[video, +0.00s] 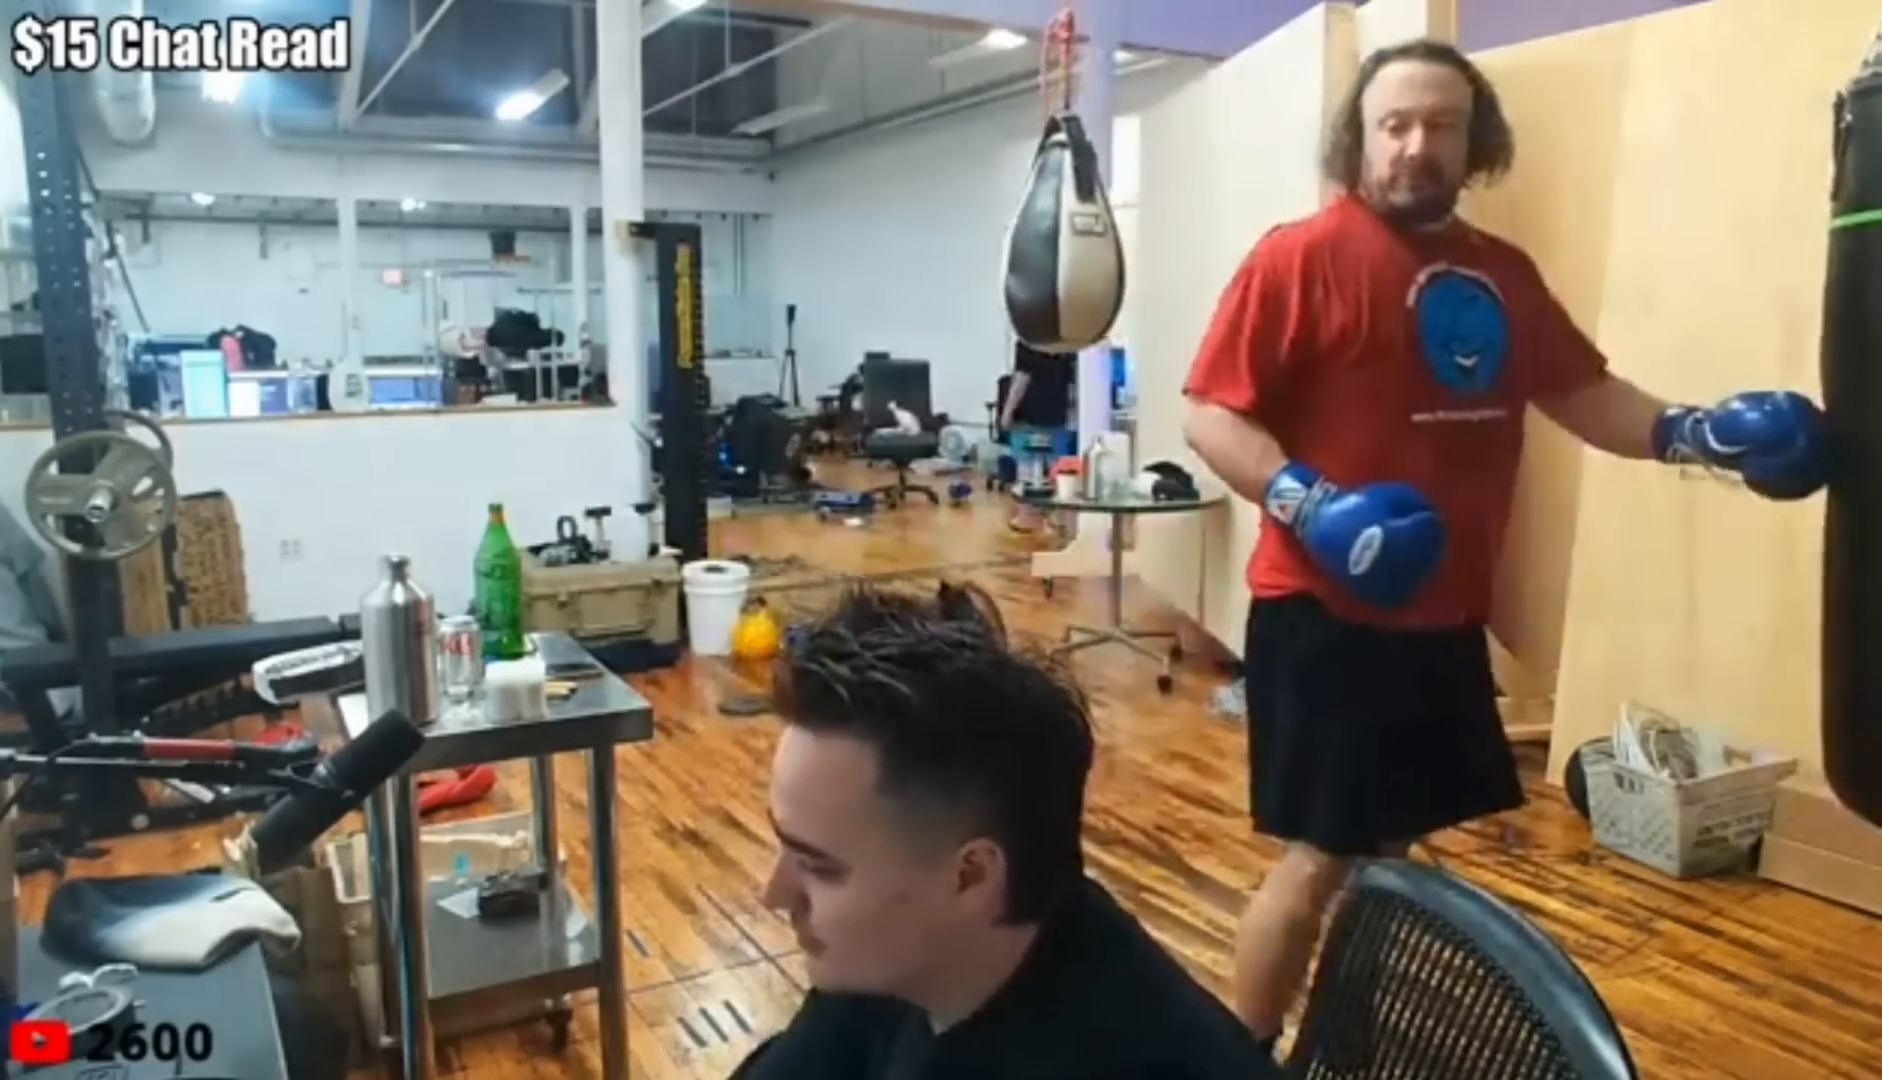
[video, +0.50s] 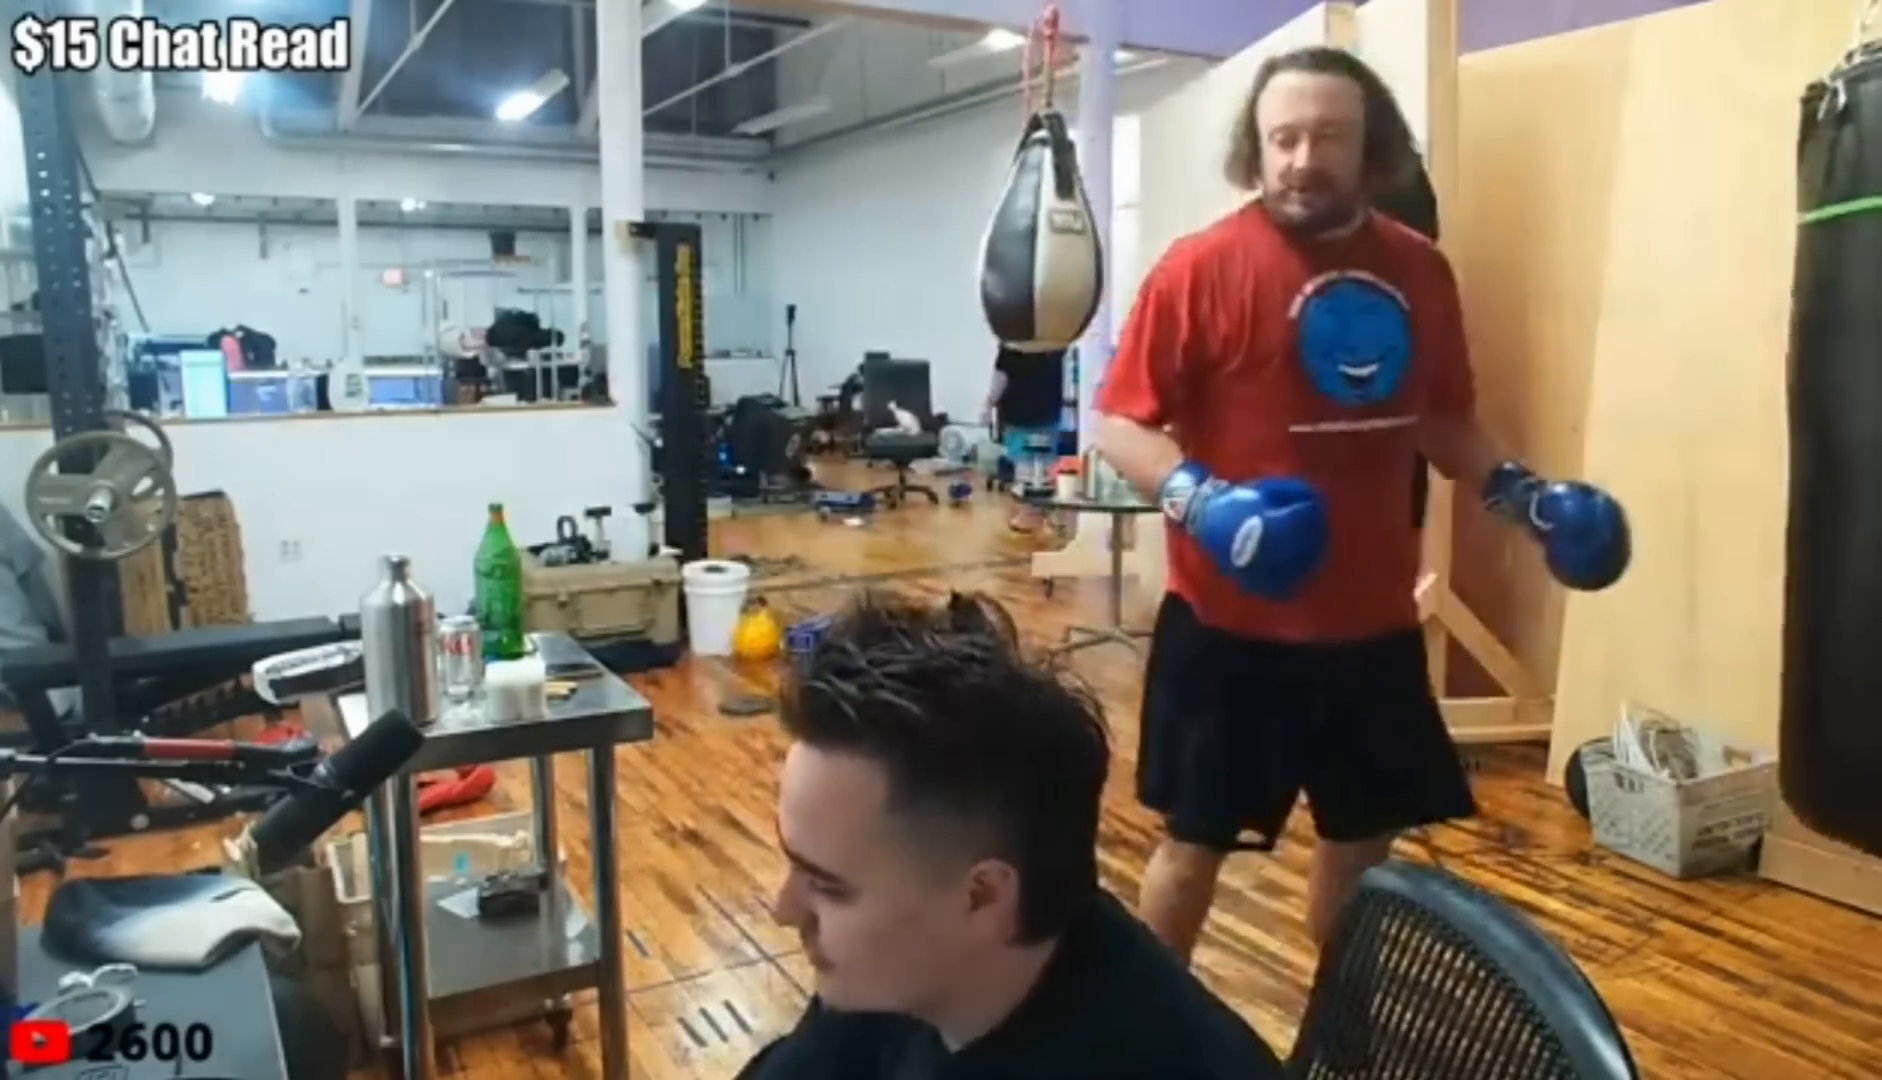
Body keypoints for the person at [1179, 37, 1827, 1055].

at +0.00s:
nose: (1415, 147)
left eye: (1441, 126)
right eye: (1394, 126)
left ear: (1474, 146)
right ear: (1357, 139)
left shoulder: (1500, 274)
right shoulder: (1295, 261)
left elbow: (1585, 394)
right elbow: (1209, 414)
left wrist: (1700, 431)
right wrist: (1307, 505)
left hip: (1442, 621)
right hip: (1320, 616)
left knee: (1386, 858)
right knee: (1314, 862)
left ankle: (1341, 1049)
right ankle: (1243, 1053)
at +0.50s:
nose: (1304, 159)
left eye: (1328, 136)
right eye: (1282, 138)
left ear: (1373, 151)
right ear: (1256, 151)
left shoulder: (1419, 271)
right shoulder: (1199, 270)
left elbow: (1445, 425)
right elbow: (1117, 426)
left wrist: (1532, 498)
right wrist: (1202, 502)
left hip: (1368, 629)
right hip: (1228, 628)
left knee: (1359, 856)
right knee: (1190, 858)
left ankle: (1341, 1052)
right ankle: (1137, 1046)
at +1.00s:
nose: (1261, 176)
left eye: (1278, 153)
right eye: (1236, 156)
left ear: (1299, 154)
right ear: (1185, 162)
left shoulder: (1350, 255)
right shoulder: (1127, 282)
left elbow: (1422, 385)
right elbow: (1050, 431)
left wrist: (1538, 434)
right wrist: (1115, 512)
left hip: (1339, 620)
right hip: (1190, 630)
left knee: (1375, 842)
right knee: (1167, 863)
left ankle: (1377, 1044)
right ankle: (1139, 1054)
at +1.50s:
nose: (1432, 171)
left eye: (1436, 150)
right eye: (1410, 152)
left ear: (1436, 151)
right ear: (1336, 157)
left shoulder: (1445, 276)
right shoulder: (1245, 285)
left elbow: (1510, 401)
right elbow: (1171, 443)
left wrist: (1615, 450)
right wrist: (1272, 527)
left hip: (1413, 622)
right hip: (1283, 626)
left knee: (1392, 826)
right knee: (1247, 827)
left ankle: (1368, 1017)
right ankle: (1153, 1011)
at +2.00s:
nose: (1416, 160)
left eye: (1429, 139)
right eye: (1390, 139)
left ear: (1441, 148)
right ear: (1327, 149)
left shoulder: (1447, 276)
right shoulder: (1247, 277)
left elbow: (1475, 412)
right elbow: (1179, 441)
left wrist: (1494, 484)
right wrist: (1299, 513)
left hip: (1400, 623)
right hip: (1275, 626)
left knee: (1375, 833)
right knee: (1250, 837)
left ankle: (1367, 1025)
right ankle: (1184, 1023)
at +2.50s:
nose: (1244, 145)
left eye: (1270, 122)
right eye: (1224, 124)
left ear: (1316, 136)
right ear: (1199, 140)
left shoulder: (1381, 260)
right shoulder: (1148, 273)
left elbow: (1420, 409)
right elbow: (1065, 406)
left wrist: (1477, 554)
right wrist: (1076, 528)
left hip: (1351, 623)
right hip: (1194, 631)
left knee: (1402, 830)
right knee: (1194, 849)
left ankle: (1360, 1040)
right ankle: (1174, 1046)